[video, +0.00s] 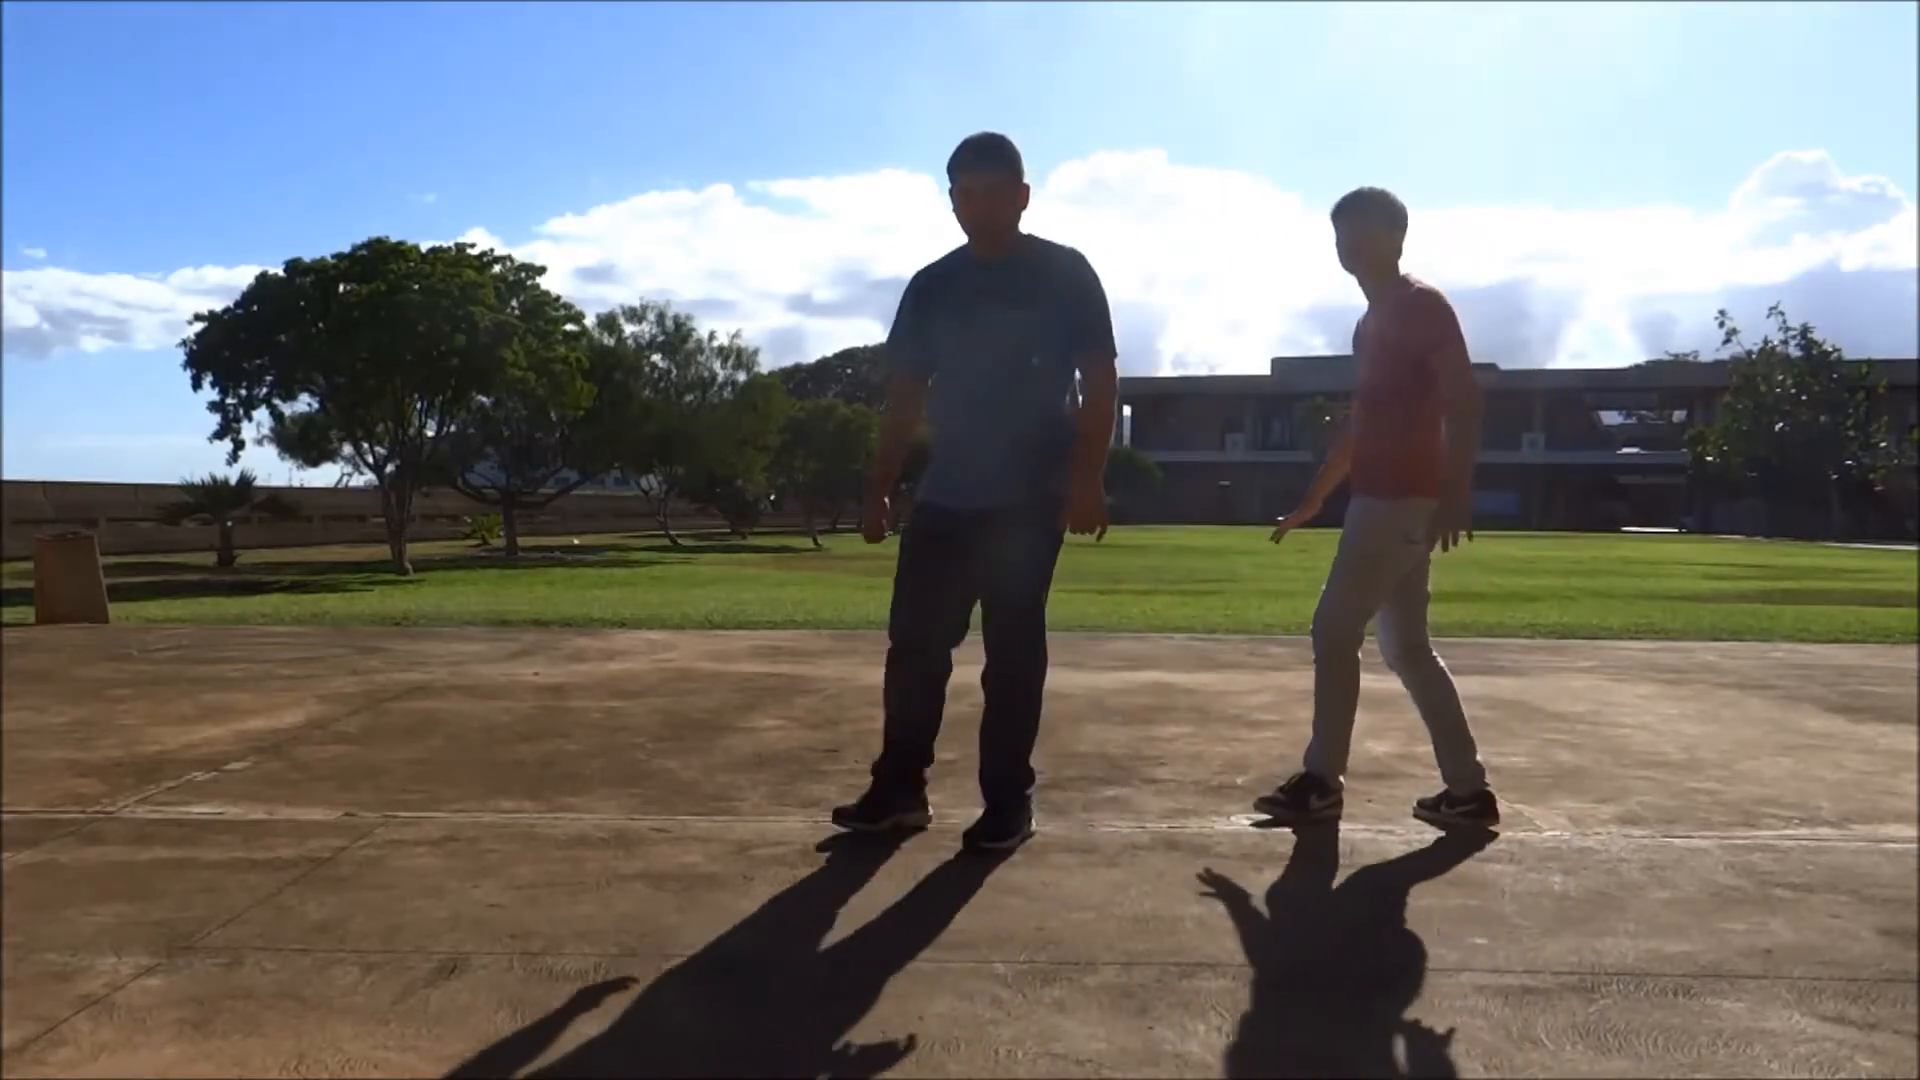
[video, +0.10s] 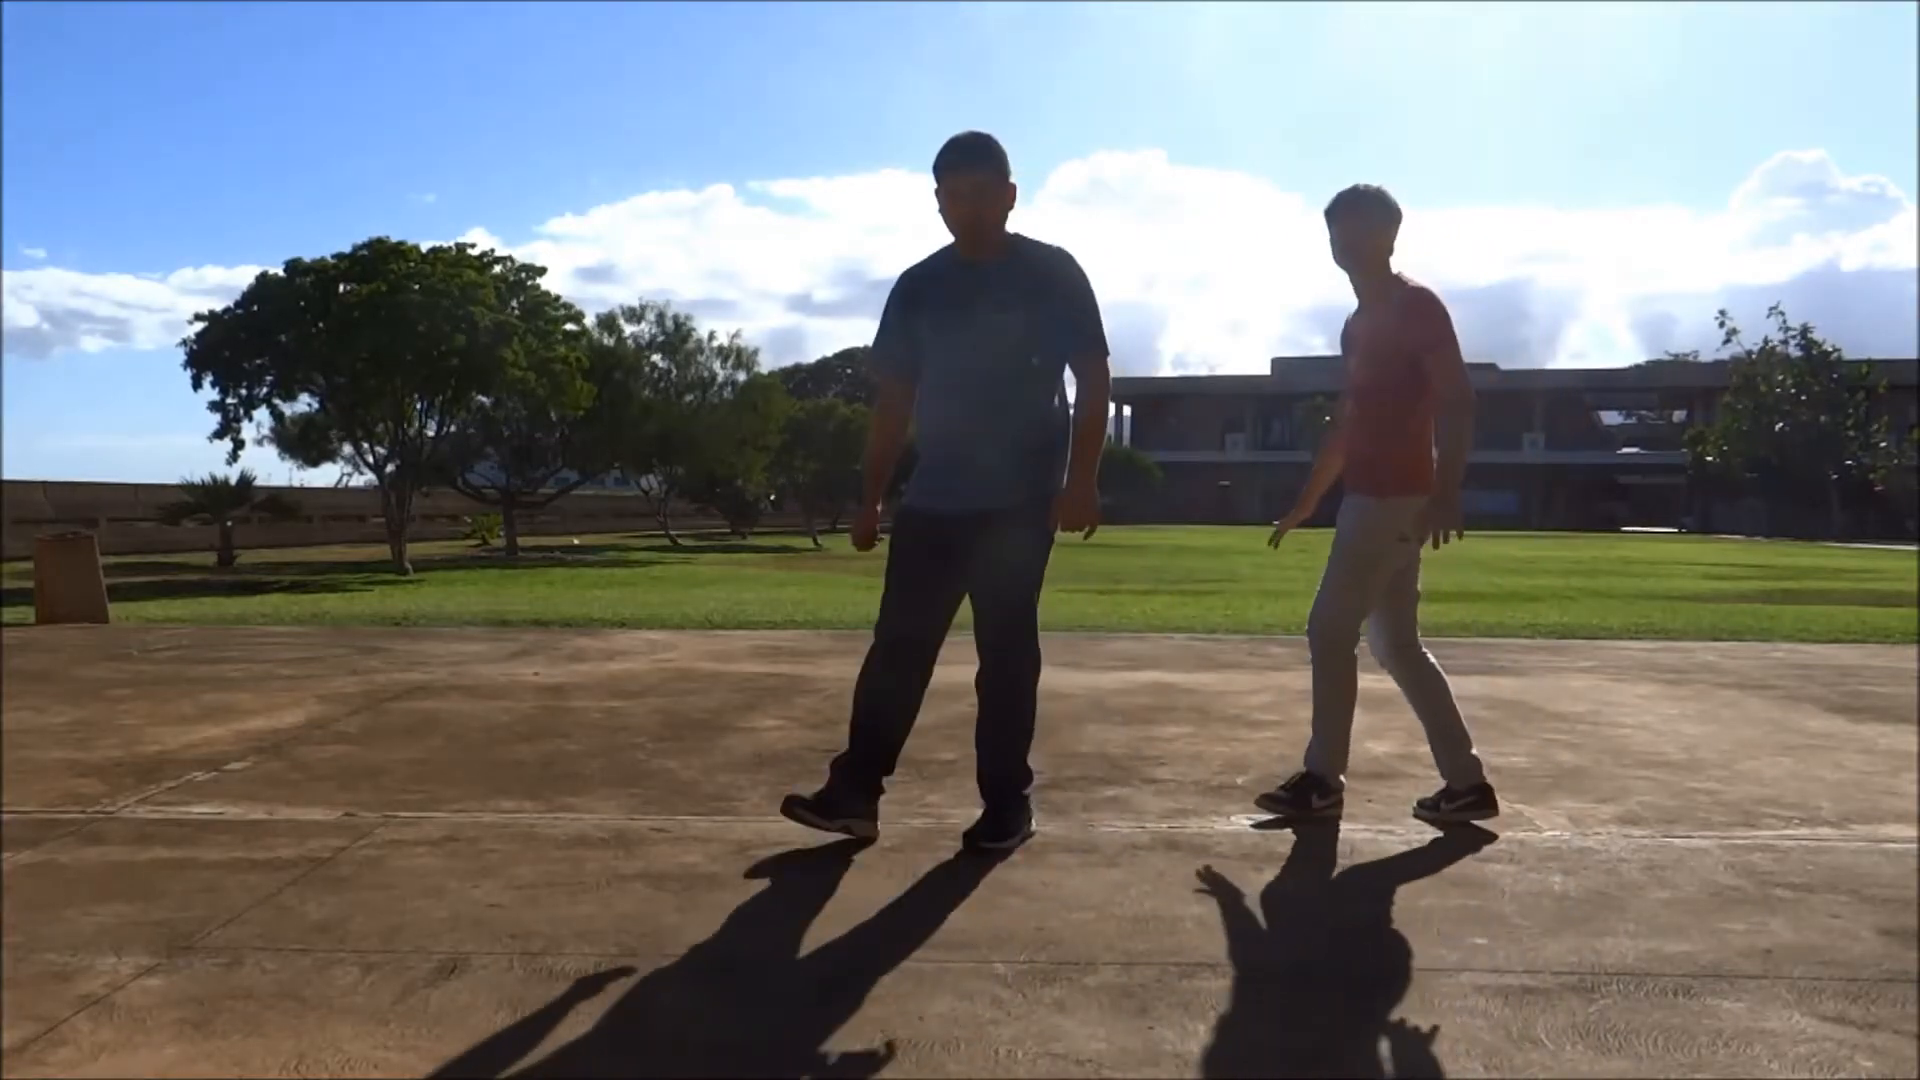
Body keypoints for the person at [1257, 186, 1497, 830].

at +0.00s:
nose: (1337, 249)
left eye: (1345, 235)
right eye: (1336, 236)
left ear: (1380, 237)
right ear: (1364, 241)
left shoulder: (1424, 306)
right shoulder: (1369, 326)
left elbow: (1464, 401)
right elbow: (1359, 428)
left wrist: (1457, 491)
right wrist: (1311, 503)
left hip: (1398, 501)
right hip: (1385, 501)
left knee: (1335, 632)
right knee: (1407, 649)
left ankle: (1322, 783)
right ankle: (1469, 790)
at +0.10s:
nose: (1332, 245)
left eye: (1342, 231)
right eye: (1331, 233)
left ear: (1378, 233)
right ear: (1347, 238)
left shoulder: (1418, 306)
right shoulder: (1356, 325)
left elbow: (1456, 397)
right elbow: (1347, 425)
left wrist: (1448, 490)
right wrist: (1307, 501)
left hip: (1392, 498)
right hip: (1372, 497)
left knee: (1330, 630)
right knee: (1396, 645)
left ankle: (1322, 780)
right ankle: (1467, 783)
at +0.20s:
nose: (1327, 244)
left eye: (1337, 230)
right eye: (1325, 231)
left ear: (1372, 230)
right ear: (1332, 235)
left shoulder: (1410, 307)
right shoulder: (1344, 323)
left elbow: (1448, 400)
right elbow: (1337, 418)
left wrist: (1435, 490)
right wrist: (1305, 499)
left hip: (1382, 494)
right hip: (1357, 494)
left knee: (1323, 629)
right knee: (1386, 643)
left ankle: (1322, 780)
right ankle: (1464, 776)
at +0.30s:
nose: (1320, 238)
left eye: (1331, 224)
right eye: (1316, 225)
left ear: (1365, 227)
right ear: (1317, 232)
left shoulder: (1402, 308)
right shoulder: (1329, 319)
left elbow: (1439, 402)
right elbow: (1324, 418)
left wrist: (1418, 489)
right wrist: (1295, 503)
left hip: (1370, 494)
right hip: (1340, 495)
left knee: (1316, 629)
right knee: (1373, 641)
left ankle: (1321, 781)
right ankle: (1459, 770)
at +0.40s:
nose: (1310, 237)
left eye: (1320, 223)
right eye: (1306, 224)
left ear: (1354, 225)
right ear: (1305, 230)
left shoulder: (1390, 307)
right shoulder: (1316, 316)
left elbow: (1426, 409)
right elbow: (1314, 421)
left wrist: (1395, 489)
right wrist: (1283, 504)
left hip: (1356, 493)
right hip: (1319, 495)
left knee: (1314, 632)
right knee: (1341, 638)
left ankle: (1320, 781)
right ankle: (1442, 753)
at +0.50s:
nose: (1298, 237)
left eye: (1308, 223)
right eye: (1293, 224)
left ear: (1342, 223)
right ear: (1293, 230)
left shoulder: (1380, 306)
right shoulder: (1306, 315)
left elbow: (1409, 404)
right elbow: (1305, 416)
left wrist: (1376, 487)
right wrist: (1279, 500)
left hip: (1345, 491)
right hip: (1301, 492)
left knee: (1311, 630)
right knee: (1293, 629)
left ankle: (1319, 780)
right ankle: (1411, 734)